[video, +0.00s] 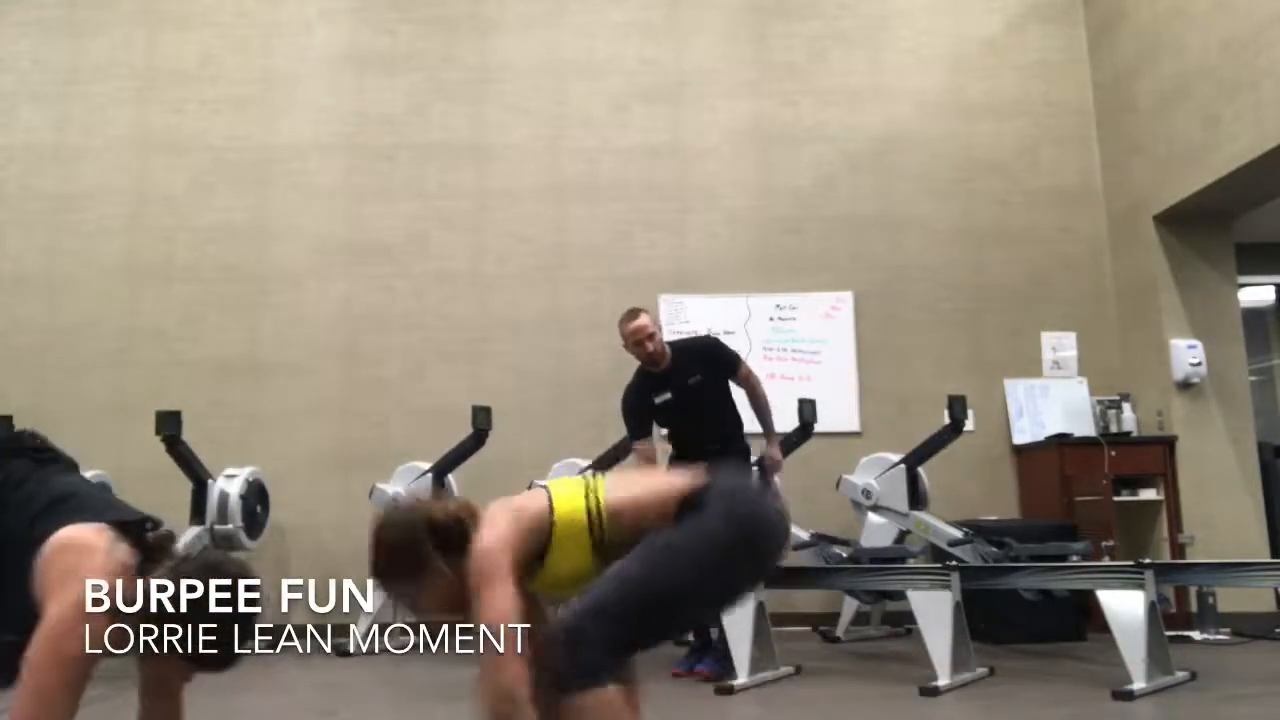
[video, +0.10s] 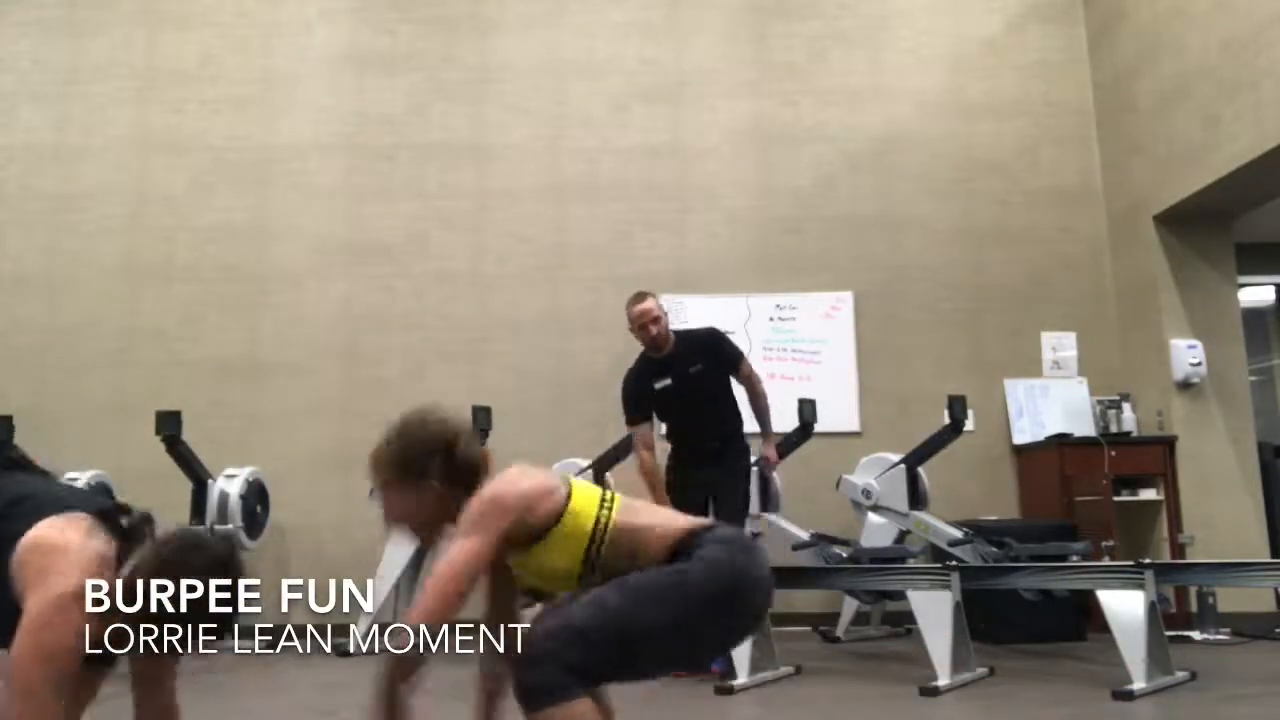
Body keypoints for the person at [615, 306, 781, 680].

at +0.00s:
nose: (648, 347)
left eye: (650, 336)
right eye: (638, 344)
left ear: (659, 329)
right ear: (628, 349)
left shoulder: (705, 351)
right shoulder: (636, 396)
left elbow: (750, 382)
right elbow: (645, 457)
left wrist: (771, 441)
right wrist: (650, 507)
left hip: (731, 461)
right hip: (686, 470)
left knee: (723, 552)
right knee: (687, 554)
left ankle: (725, 647)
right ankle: (700, 643)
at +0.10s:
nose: (652, 330)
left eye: (655, 320)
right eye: (642, 326)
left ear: (665, 315)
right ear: (633, 332)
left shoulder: (710, 343)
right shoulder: (637, 380)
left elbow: (752, 383)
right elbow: (644, 449)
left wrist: (768, 439)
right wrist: (661, 506)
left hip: (730, 455)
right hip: (685, 461)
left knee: (727, 548)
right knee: (684, 551)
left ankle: (726, 651)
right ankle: (692, 651)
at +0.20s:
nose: (657, 318)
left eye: (661, 309)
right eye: (648, 314)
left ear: (671, 307)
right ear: (638, 321)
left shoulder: (713, 336)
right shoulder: (640, 370)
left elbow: (752, 380)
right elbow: (643, 439)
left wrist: (767, 436)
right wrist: (659, 499)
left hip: (732, 455)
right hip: (686, 462)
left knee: (741, 548)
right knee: (684, 551)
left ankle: (741, 648)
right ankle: (697, 651)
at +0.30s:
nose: (665, 308)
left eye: (668, 299)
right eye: (655, 304)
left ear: (680, 298)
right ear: (645, 311)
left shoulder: (719, 331)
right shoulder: (644, 364)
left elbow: (754, 377)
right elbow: (642, 431)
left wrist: (768, 433)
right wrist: (649, 486)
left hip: (738, 451)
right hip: (690, 459)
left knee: (756, 532)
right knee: (695, 547)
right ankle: (703, 644)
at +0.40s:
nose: (673, 301)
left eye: (677, 293)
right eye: (664, 297)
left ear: (688, 293)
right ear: (653, 304)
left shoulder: (726, 328)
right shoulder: (650, 358)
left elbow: (761, 377)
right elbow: (643, 422)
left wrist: (776, 430)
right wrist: (651, 462)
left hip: (744, 450)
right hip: (696, 460)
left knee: (772, 521)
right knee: (696, 550)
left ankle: (740, 596)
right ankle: (703, 643)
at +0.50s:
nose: (687, 297)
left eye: (691, 288)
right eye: (678, 292)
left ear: (701, 290)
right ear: (666, 299)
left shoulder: (737, 327)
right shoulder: (659, 354)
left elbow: (771, 378)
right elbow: (650, 419)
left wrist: (785, 432)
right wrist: (656, 472)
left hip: (752, 450)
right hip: (703, 458)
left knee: (785, 523)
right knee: (700, 551)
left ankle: (787, 620)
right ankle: (703, 643)